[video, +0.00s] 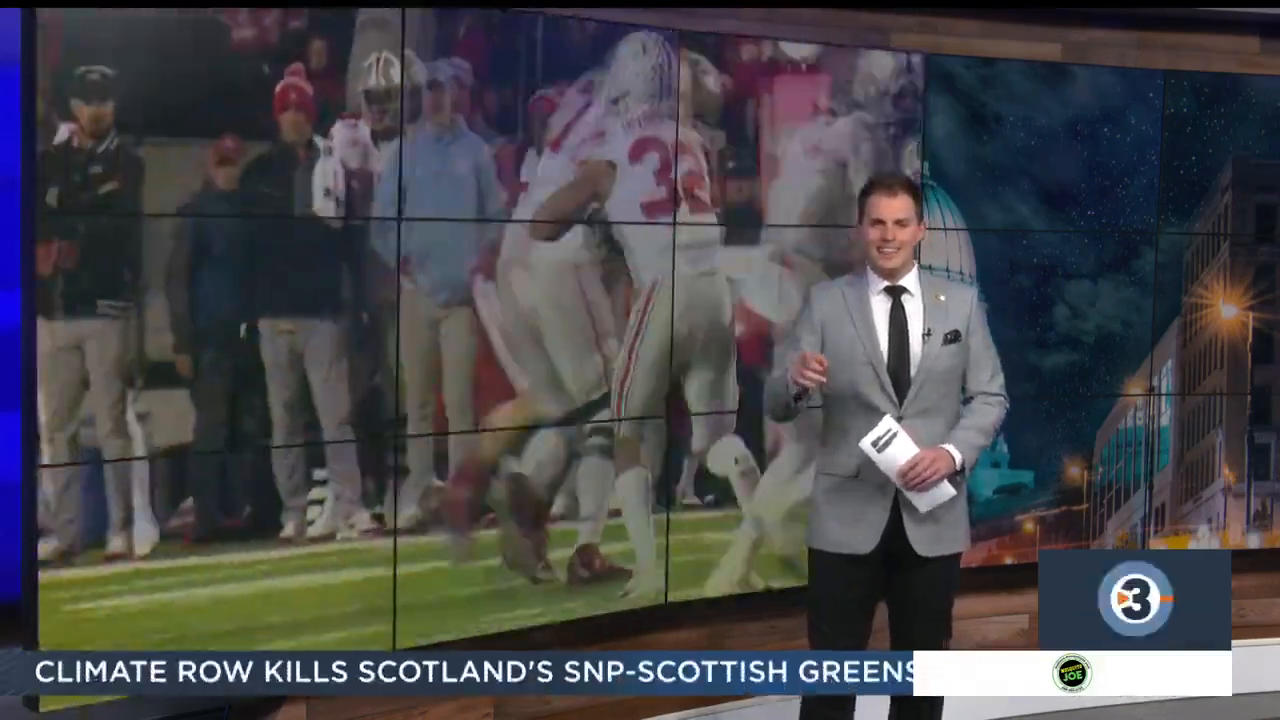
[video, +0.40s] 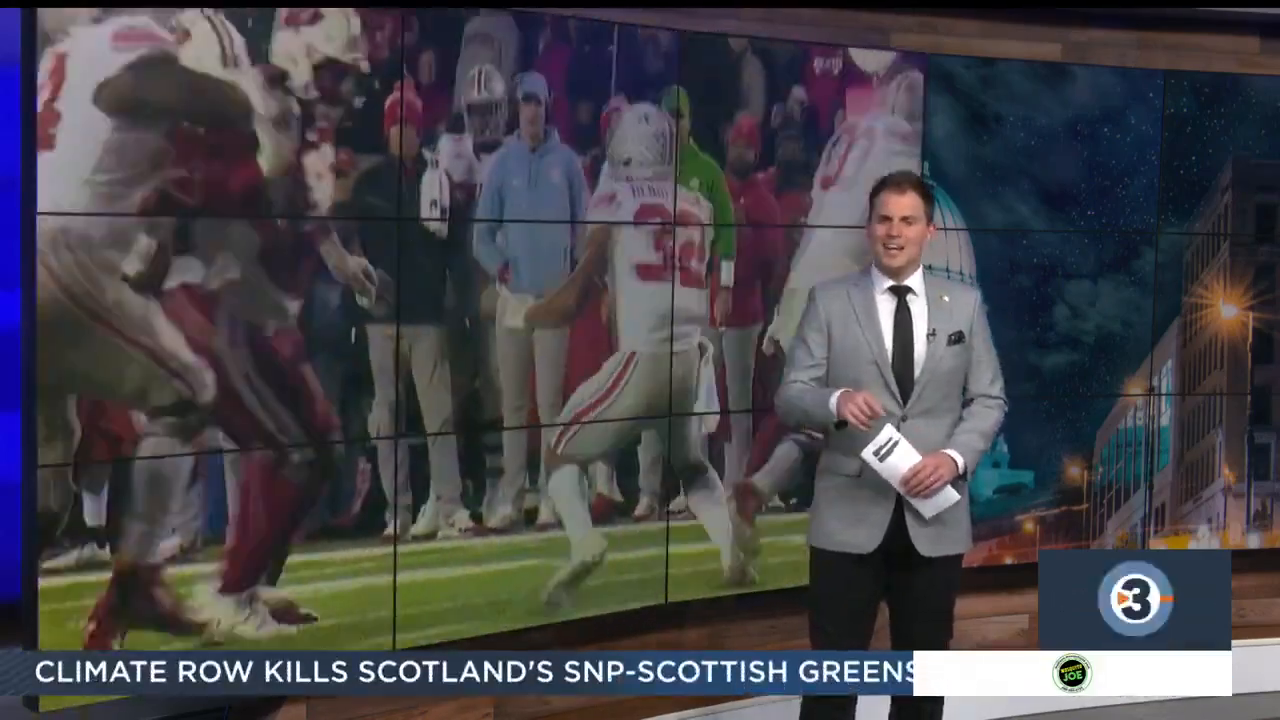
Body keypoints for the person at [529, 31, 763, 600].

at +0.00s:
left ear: (619, 92)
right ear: (670, 86)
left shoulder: (610, 158)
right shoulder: (696, 141)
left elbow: (543, 225)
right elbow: (701, 205)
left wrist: (587, 196)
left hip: (662, 300)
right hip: (714, 295)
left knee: (632, 436)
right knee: (715, 435)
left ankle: (648, 574)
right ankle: (741, 467)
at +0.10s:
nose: (624, 98)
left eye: (625, 89)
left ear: (629, 89)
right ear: (680, 85)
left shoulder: (621, 146)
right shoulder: (717, 139)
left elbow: (576, 233)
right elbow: (743, 238)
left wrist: (568, 269)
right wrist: (728, 267)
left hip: (664, 291)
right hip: (718, 289)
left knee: (635, 427)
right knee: (711, 416)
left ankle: (647, 552)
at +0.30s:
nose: (605, 147)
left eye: (607, 139)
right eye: (608, 139)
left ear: (615, 138)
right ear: (665, 136)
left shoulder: (613, 187)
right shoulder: (694, 189)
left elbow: (575, 301)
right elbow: (694, 267)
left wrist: (561, 262)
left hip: (649, 346)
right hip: (702, 341)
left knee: (568, 458)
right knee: (702, 430)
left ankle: (543, 584)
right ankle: (727, 546)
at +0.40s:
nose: (613, 159)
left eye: (614, 149)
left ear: (616, 151)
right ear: (668, 150)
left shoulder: (615, 204)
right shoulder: (698, 209)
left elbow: (572, 302)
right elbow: (700, 295)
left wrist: (524, 313)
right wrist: (623, 300)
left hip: (642, 365)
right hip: (695, 364)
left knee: (559, 454)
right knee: (691, 463)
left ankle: (584, 544)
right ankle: (732, 544)